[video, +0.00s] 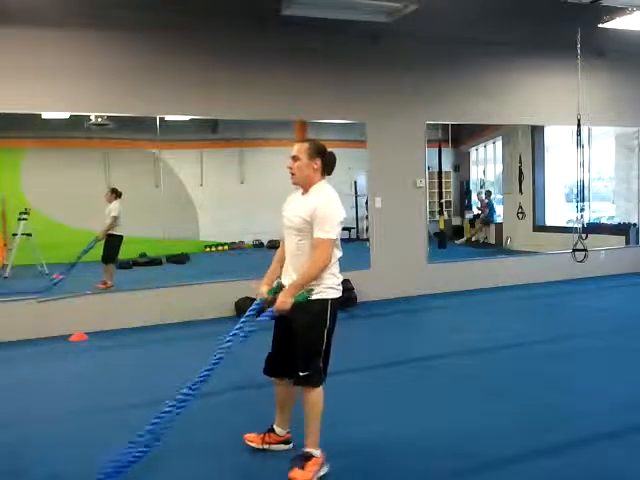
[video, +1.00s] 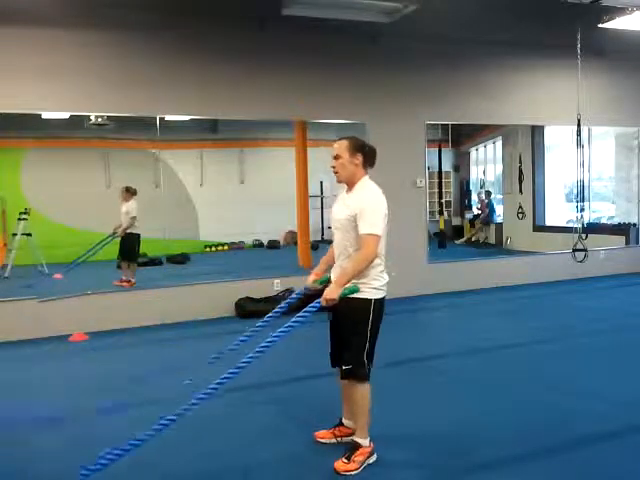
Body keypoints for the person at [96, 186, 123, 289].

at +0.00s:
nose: (106, 196)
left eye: (108, 194)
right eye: (106, 194)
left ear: (113, 195)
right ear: (113, 196)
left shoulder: (115, 205)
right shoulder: (111, 205)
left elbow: (113, 221)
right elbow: (110, 221)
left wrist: (103, 232)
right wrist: (102, 232)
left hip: (115, 234)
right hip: (111, 234)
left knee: (109, 259)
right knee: (106, 259)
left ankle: (109, 281)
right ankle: (106, 280)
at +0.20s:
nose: (110, 197)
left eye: (112, 195)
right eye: (110, 195)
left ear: (117, 196)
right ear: (116, 196)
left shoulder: (120, 206)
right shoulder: (115, 206)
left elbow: (120, 220)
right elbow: (115, 220)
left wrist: (110, 229)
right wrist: (109, 230)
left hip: (119, 235)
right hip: (115, 234)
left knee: (114, 260)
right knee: (116, 260)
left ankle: (110, 280)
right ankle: (122, 277)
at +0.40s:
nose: (113, 196)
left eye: (115, 194)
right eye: (114, 194)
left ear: (121, 195)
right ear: (119, 195)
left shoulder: (123, 204)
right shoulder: (118, 204)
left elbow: (125, 219)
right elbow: (119, 220)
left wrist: (116, 229)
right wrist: (113, 229)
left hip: (124, 233)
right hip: (119, 233)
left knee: (119, 260)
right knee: (121, 260)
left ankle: (114, 279)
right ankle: (124, 279)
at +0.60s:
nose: (115, 196)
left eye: (117, 194)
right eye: (115, 194)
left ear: (123, 194)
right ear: (122, 194)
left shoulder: (127, 202)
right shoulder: (121, 205)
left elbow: (129, 209)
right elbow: (117, 213)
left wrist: (114, 211)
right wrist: (106, 214)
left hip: (128, 232)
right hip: (123, 232)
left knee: (126, 258)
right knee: (123, 258)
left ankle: (130, 279)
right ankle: (125, 278)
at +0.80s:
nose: (118, 197)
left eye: (119, 195)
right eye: (118, 195)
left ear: (125, 195)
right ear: (123, 195)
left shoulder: (129, 204)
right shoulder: (124, 206)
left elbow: (129, 216)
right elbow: (123, 220)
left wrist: (117, 228)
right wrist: (114, 228)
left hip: (132, 232)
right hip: (126, 233)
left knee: (131, 258)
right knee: (127, 258)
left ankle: (132, 278)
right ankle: (130, 278)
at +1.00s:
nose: (122, 195)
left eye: (124, 193)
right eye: (122, 193)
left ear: (129, 194)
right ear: (125, 194)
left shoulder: (132, 204)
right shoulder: (125, 204)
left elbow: (132, 219)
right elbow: (125, 220)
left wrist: (123, 229)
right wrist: (118, 227)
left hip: (133, 233)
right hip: (126, 233)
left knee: (132, 259)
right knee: (123, 258)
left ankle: (131, 278)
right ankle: (125, 277)